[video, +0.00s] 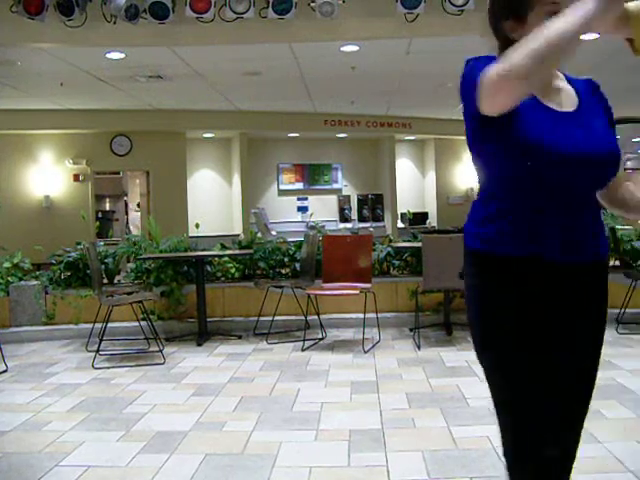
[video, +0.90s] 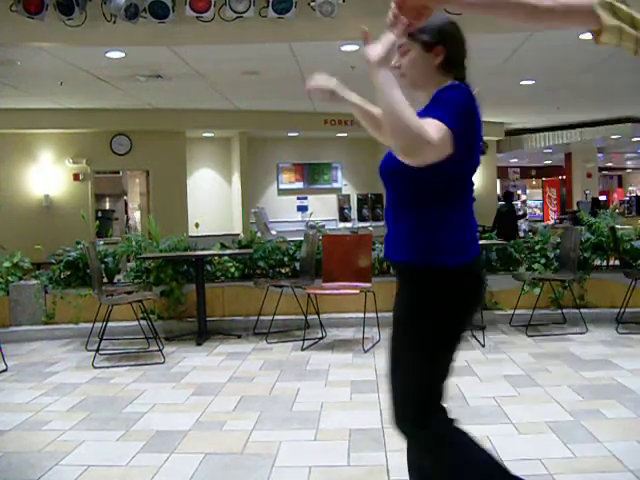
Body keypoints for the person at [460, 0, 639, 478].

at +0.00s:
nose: (567, 20)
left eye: (568, 11)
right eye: (553, 11)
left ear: (578, 25)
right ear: (514, 22)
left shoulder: (589, 94)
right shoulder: (483, 77)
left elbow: (614, 184)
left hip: (582, 271)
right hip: (506, 271)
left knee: (564, 436)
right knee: (531, 439)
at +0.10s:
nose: (542, 18)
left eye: (546, 8)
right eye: (526, 11)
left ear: (555, 15)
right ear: (499, 25)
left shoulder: (593, 88)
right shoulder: (480, 86)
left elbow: (630, 179)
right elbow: (458, 42)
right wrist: (515, 1)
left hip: (578, 267)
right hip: (497, 266)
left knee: (556, 422)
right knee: (506, 425)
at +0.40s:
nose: (488, 30)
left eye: (498, 17)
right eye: (475, 24)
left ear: (521, 24)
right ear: (465, 40)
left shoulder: (563, 80)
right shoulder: (461, 88)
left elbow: (615, 157)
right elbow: (398, 37)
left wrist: (637, 176)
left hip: (552, 268)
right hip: (476, 268)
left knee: (536, 419)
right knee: (435, 412)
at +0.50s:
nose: (471, 34)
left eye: (481, 21)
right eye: (461, 27)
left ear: (510, 28)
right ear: (457, 41)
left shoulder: (543, 81)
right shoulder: (456, 90)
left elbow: (588, 170)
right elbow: (395, 54)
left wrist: (601, 111)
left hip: (534, 269)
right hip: (467, 268)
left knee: (524, 415)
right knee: (433, 409)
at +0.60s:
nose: (452, 35)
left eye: (464, 23)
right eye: (446, 28)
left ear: (496, 29)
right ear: (442, 37)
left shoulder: (525, 88)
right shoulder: (445, 91)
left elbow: (557, 177)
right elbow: (394, 67)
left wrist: (526, 139)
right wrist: (393, 2)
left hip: (515, 262)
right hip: (456, 262)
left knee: (512, 405)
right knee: (431, 398)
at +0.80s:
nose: (413, 35)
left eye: (426, 26)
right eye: (414, 25)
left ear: (457, 39)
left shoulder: (474, 91)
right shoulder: (431, 96)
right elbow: (392, 103)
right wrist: (355, 56)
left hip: (468, 264)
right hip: (428, 264)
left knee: (464, 394)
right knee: (421, 400)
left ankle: (529, 479)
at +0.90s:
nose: (397, 62)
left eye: (405, 53)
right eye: (397, 53)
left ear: (436, 55)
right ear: (431, 57)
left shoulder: (454, 98)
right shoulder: (431, 105)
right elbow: (399, 139)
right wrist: (344, 95)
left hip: (443, 274)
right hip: (421, 272)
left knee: (415, 412)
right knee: (415, 408)